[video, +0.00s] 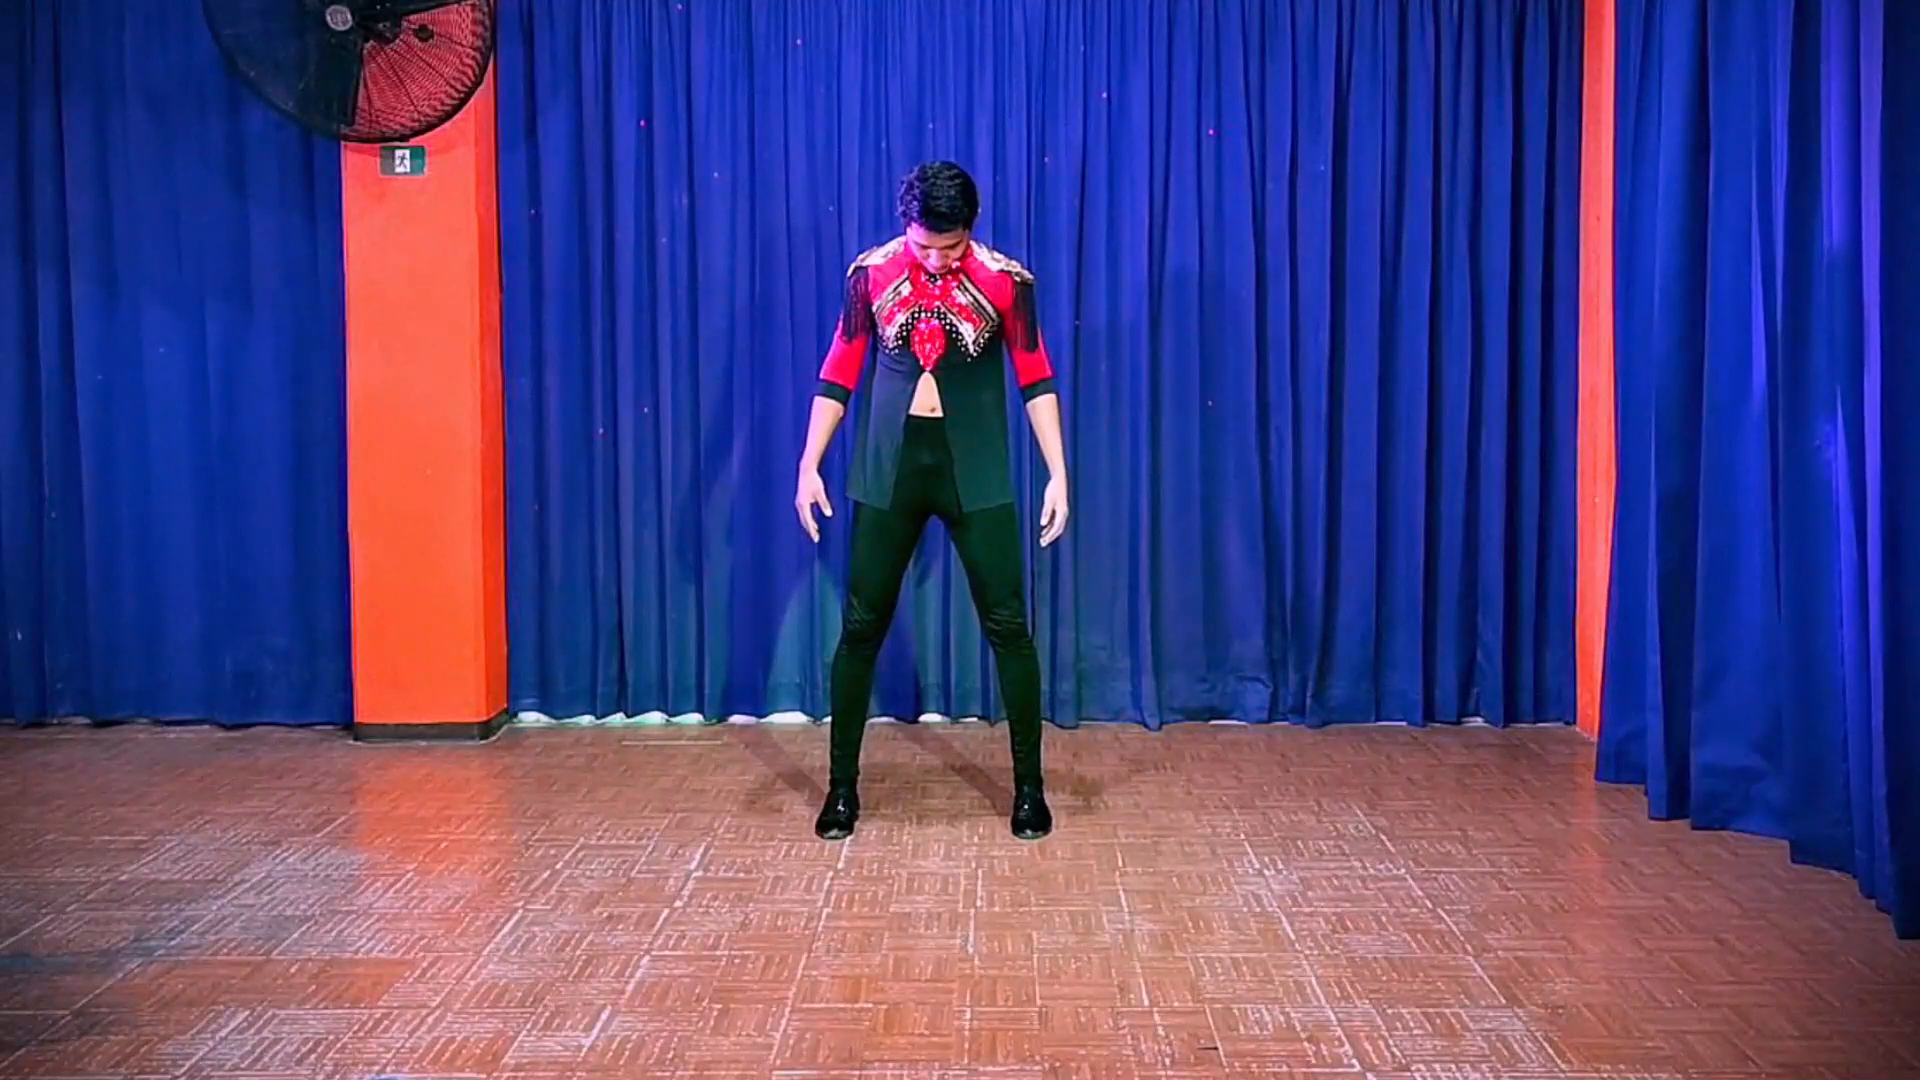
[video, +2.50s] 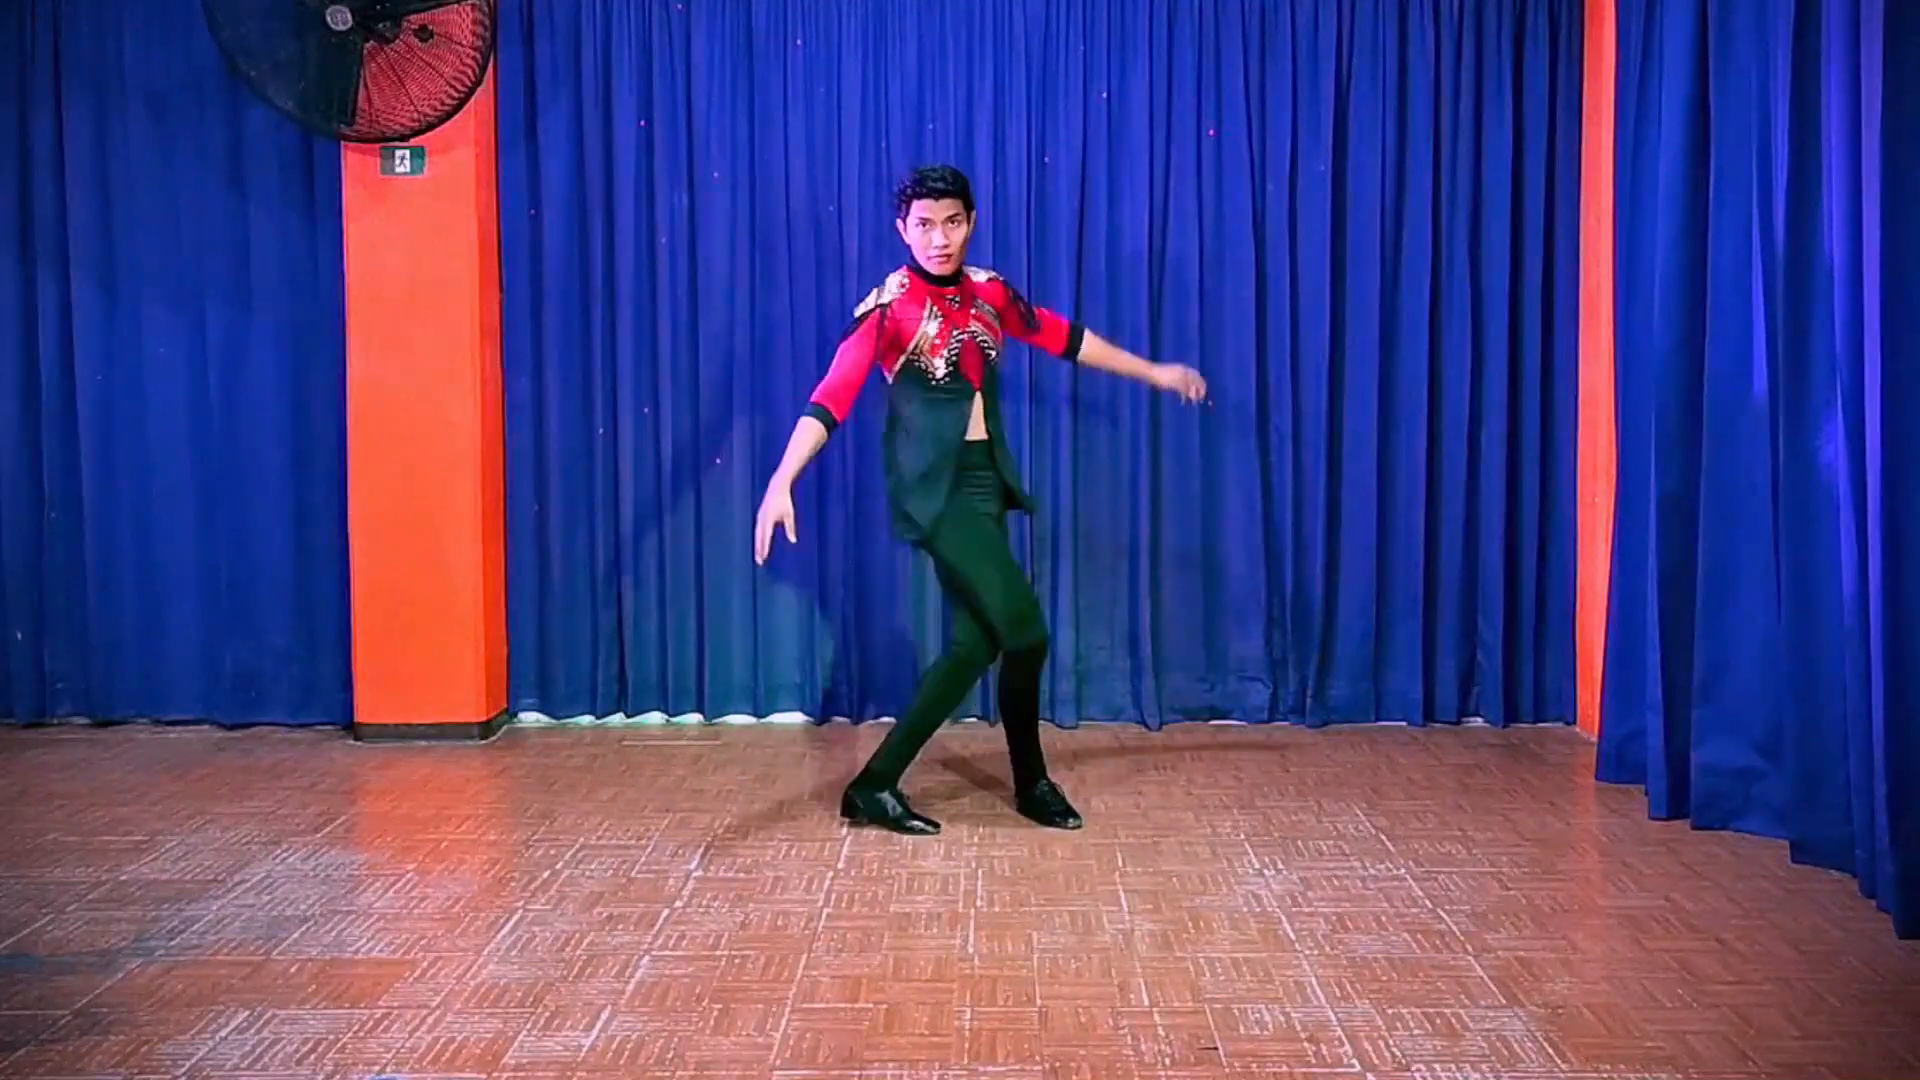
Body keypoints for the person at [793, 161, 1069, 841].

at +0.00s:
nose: (942, 257)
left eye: (955, 245)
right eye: (930, 245)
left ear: (973, 227)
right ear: (908, 226)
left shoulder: (1005, 280)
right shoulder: (872, 275)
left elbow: (1035, 379)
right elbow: (840, 373)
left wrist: (1058, 473)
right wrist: (809, 465)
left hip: (978, 468)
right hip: (889, 466)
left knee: (1007, 624)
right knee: (862, 626)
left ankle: (1028, 785)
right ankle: (842, 786)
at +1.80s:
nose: (922, 233)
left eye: (937, 220)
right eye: (910, 218)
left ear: (956, 215)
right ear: (891, 209)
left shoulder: (986, 274)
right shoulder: (852, 267)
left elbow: (1081, 319)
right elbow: (768, 321)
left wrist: (1088, 372)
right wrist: (813, 349)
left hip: (955, 477)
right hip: (868, 476)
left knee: (984, 630)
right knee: (849, 627)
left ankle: (997, 786)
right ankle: (843, 790)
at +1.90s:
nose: (918, 230)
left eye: (932, 217)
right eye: (907, 215)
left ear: (953, 217)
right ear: (887, 215)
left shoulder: (978, 276)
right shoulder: (860, 275)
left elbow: (1031, 319)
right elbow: (855, 332)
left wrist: (1007, 235)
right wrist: (877, 231)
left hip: (949, 479)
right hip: (869, 475)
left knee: (940, 639)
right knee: (846, 629)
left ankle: (890, 784)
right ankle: (838, 782)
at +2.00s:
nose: (922, 216)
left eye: (932, 202)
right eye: (910, 204)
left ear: (953, 210)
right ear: (890, 214)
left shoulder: (989, 279)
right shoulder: (862, 280)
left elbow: (971, 322)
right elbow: (903, 335)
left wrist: (957, 226)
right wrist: (908, 242)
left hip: (953, 477)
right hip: (876, 473)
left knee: (939, 637)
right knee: (855, 623)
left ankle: (891, 785)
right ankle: (834, 783)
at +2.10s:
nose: (919, 226)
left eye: (933, 212)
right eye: (906, 212)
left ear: (952, 214)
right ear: (887, 213)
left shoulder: (979, 286)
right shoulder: (864, 287)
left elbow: (954, 378)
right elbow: (890, 378)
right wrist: (962, 304)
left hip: (957, 476)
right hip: (886, 473)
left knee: (941, 627)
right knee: (889, 614)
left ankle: (895, 780)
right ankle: (905, 772)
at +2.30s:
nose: (926, 231)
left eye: (940, 217)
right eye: (913, 217)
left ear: (958, 220)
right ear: (892, 219)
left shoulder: (992, 295)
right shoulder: (866, 305)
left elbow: (1042, 395)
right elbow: (842, 418)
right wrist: (837, 513)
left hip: (984, 480)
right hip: (913, 485)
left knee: (969, 640)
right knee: (973, 636)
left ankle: (891, 783)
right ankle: (1037, 777)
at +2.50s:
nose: (941, 237)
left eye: (953, 223)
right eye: (926, 225)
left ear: (970, 226)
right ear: (904, 229)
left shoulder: (990, 292)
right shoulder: (891, 305)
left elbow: (1067, 339)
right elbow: (832, 397)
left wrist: (1155, 372)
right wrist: (780, 481)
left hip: (987, 482)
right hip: (936, 487)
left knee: (974, 648)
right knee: (1025, 633)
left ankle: (873, 786)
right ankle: (1032, 783)